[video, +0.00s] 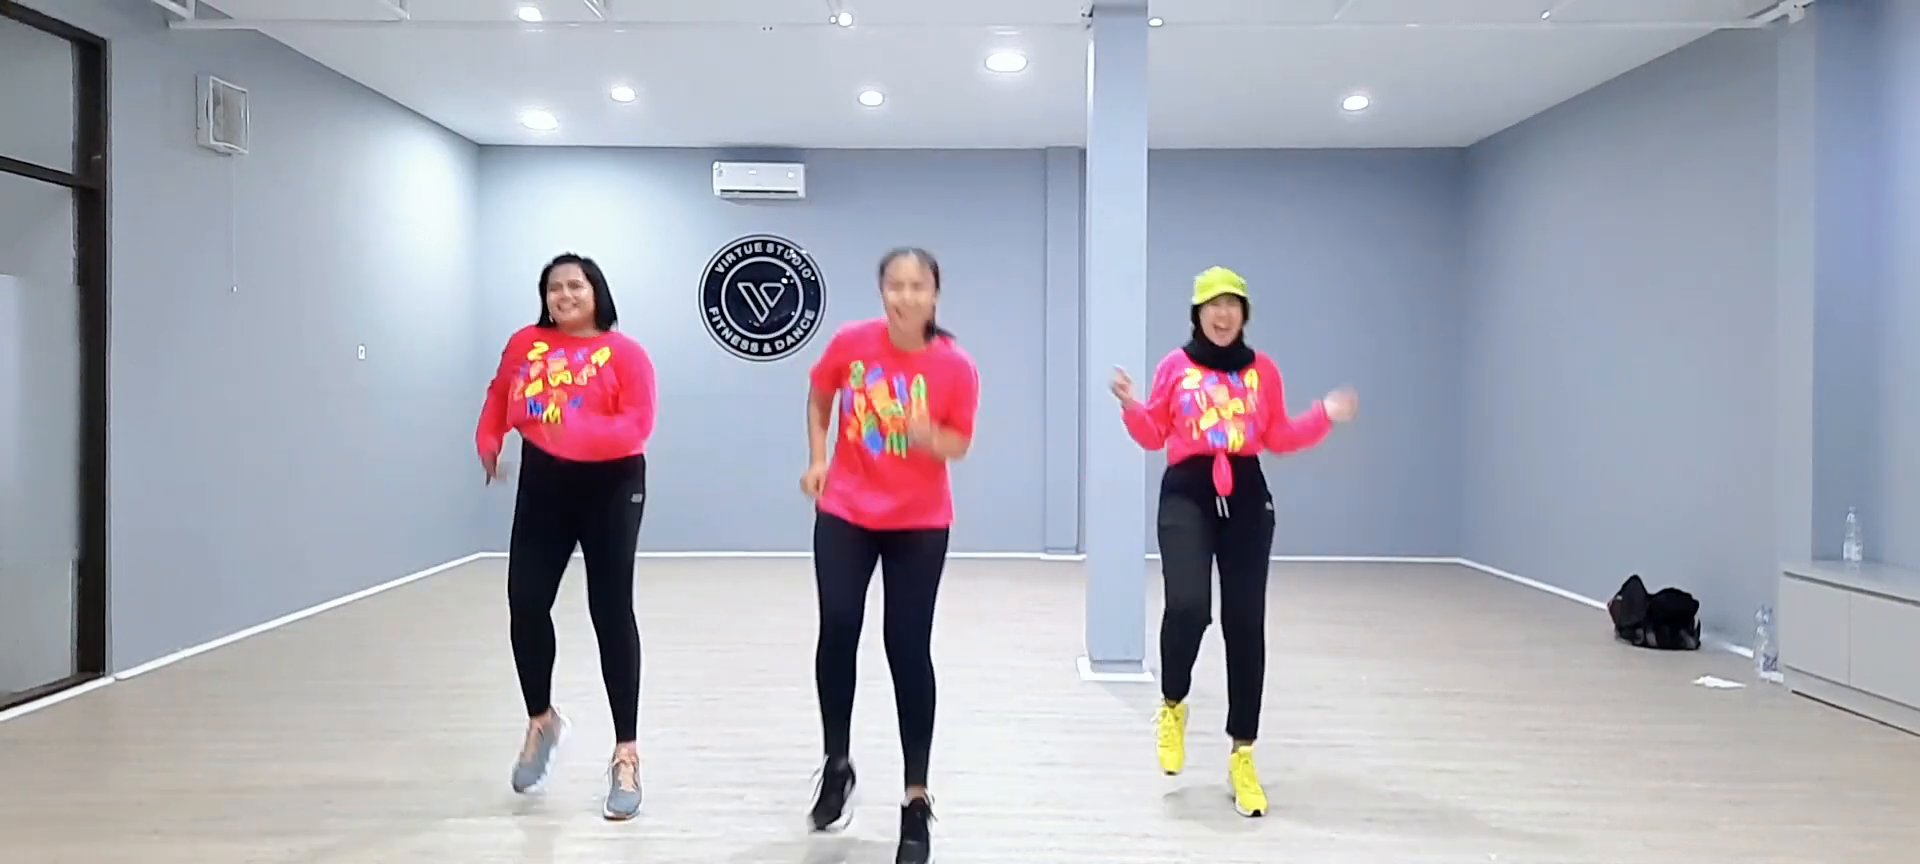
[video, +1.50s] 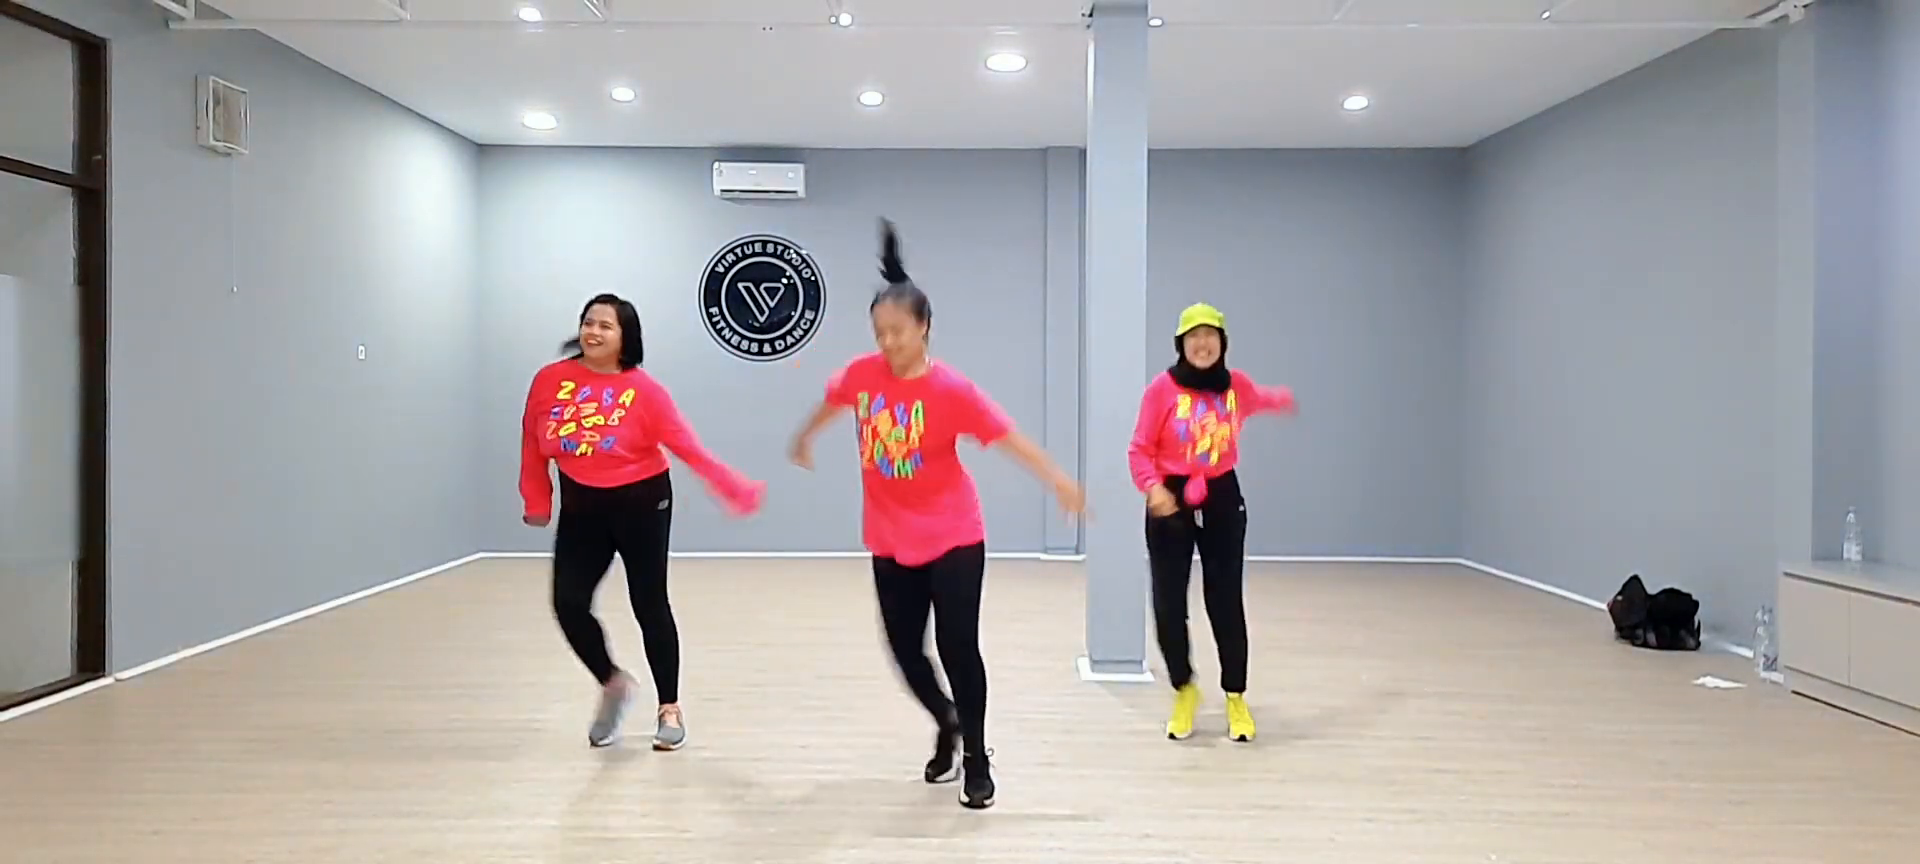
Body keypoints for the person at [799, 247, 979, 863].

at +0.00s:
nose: (906, 295)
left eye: (917, 286)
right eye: (897, 285)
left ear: (936, 295)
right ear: (881, 293)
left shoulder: (955, 365)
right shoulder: (849, 344)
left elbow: (960, 445)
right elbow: (820, 395)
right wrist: (818, 453)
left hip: (918, 523)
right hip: (844, 514)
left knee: (907, 646)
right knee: (837, 632)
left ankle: (915, 799)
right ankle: (836, 762)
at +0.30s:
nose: (870, 307)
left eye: (881, 299)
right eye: (861, 298)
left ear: (898, 309)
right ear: (846, 308)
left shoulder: (927, 373)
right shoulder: (824, 372)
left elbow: (958, 447)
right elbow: (809, 444)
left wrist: (958, 516)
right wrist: (819, 452)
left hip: (908, 521)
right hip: (843, 527)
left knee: (902, 620)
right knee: (854, 648)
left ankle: (897, 765)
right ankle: (853, 772)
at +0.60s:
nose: (890, 302)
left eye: (900, 293)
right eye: (881, 292)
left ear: (917, 300)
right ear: (869, 299)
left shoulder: (943, 364)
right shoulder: (842, 358)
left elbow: (962, 436)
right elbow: (828, 429)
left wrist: (953, 501)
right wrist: (834, 490)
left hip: (919, 523)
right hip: (857, 521)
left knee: (910, 637)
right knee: (857, 637)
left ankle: (912, 746)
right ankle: (856, 760)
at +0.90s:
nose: (889, 283)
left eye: (899, 274)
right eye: (879, 275)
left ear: (915, 283)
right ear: (865, 285)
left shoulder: (939, 339)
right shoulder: (842, 340)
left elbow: (962, 408)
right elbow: (817, 400)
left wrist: (916, 396)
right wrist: (832, 456)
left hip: (922, 493)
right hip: (862, 490)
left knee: (911, 608)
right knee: (866, 602)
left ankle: (907, 728)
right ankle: (864, 699)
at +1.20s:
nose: (879, 307)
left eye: (888, 298)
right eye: (870, 299)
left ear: (904, 306)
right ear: (856, 308)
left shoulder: (930, 361)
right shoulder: (839, 367)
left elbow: (972, 416)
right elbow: (823, 427)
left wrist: (985, 475)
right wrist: (811, 411)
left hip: (932, 498)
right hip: (873, 506)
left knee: (932, 582)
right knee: (878, 613)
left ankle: (933, 702)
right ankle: (875, 723)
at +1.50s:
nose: (885, 341)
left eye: (895, 330)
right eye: (878, 331)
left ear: (923, 328)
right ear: (873, 331)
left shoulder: (952, 390)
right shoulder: (861, 376)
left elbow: (1011, 440)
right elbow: (832, 404)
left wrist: (1060, 482)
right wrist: (803, 438)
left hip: (952, 536)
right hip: (891, 540)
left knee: (957, 647)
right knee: (905, 649)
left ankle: (976, 755)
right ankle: (947, 722)